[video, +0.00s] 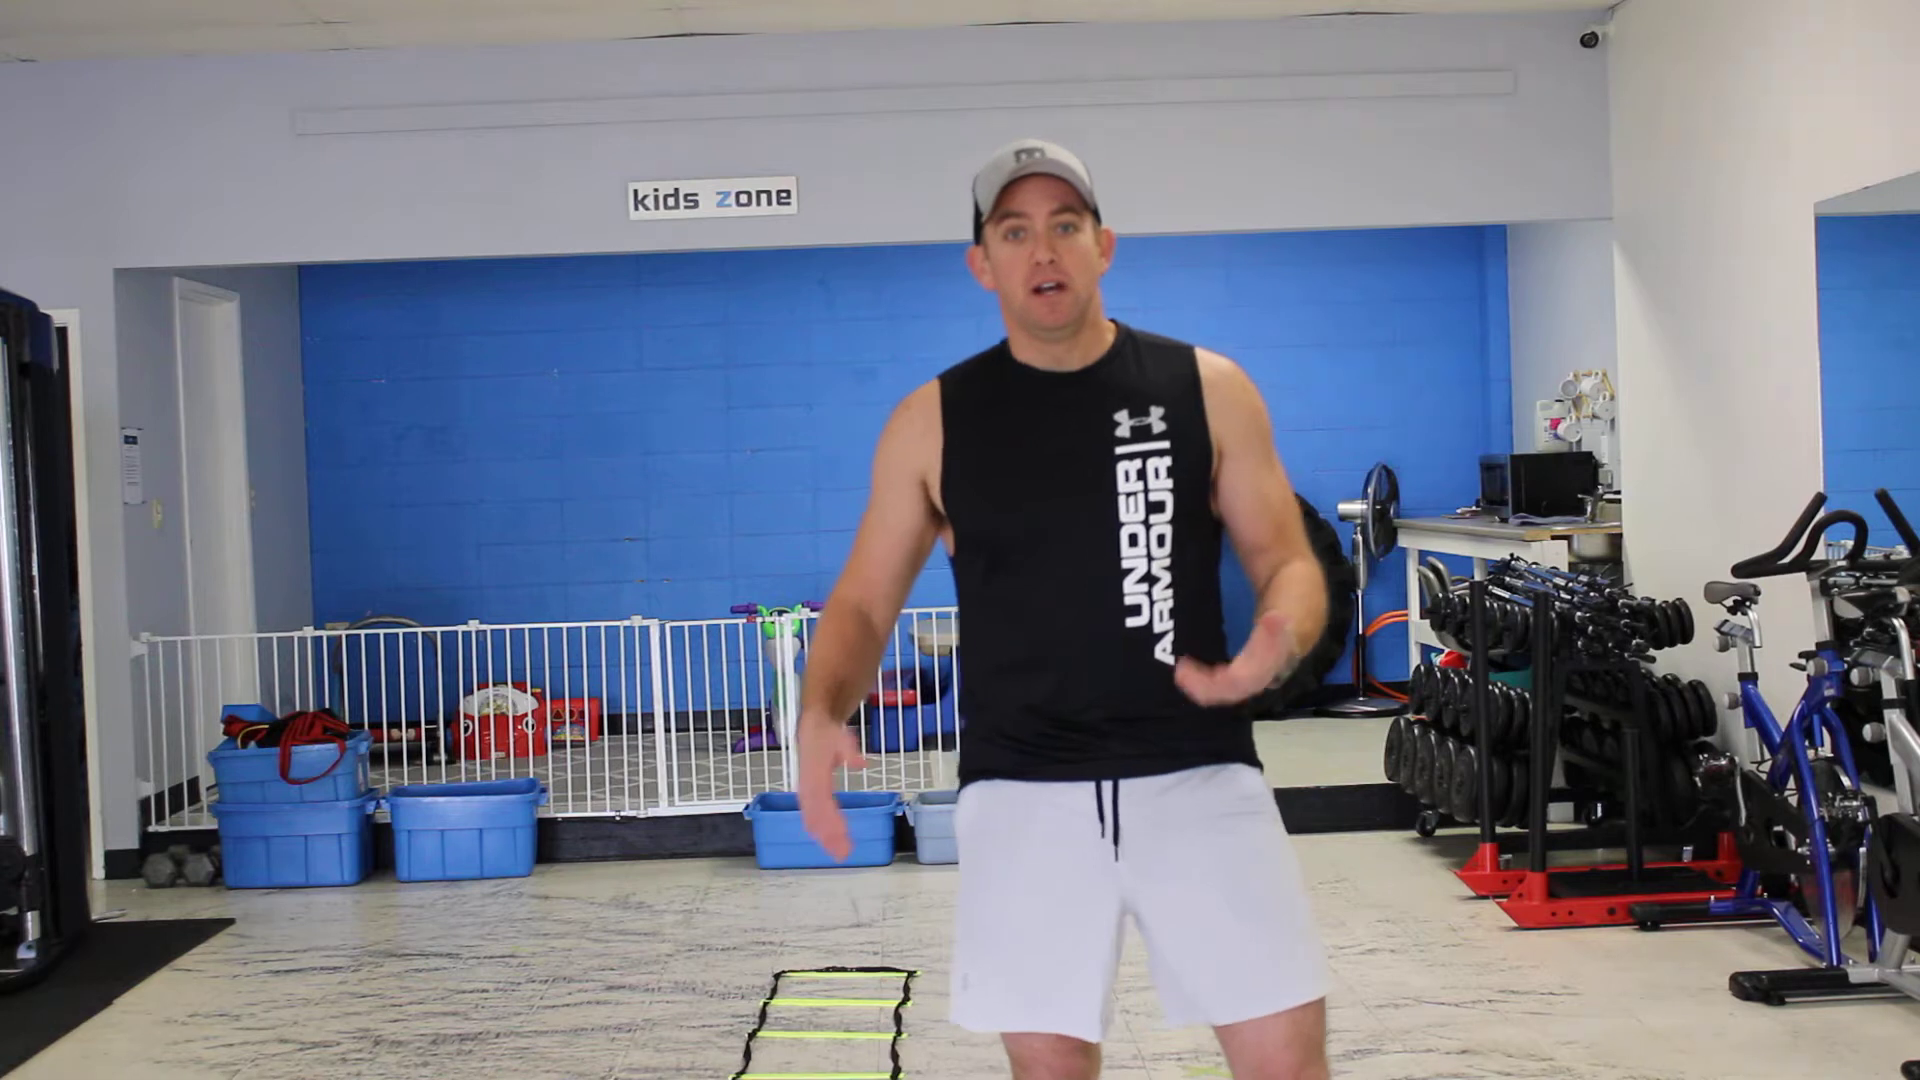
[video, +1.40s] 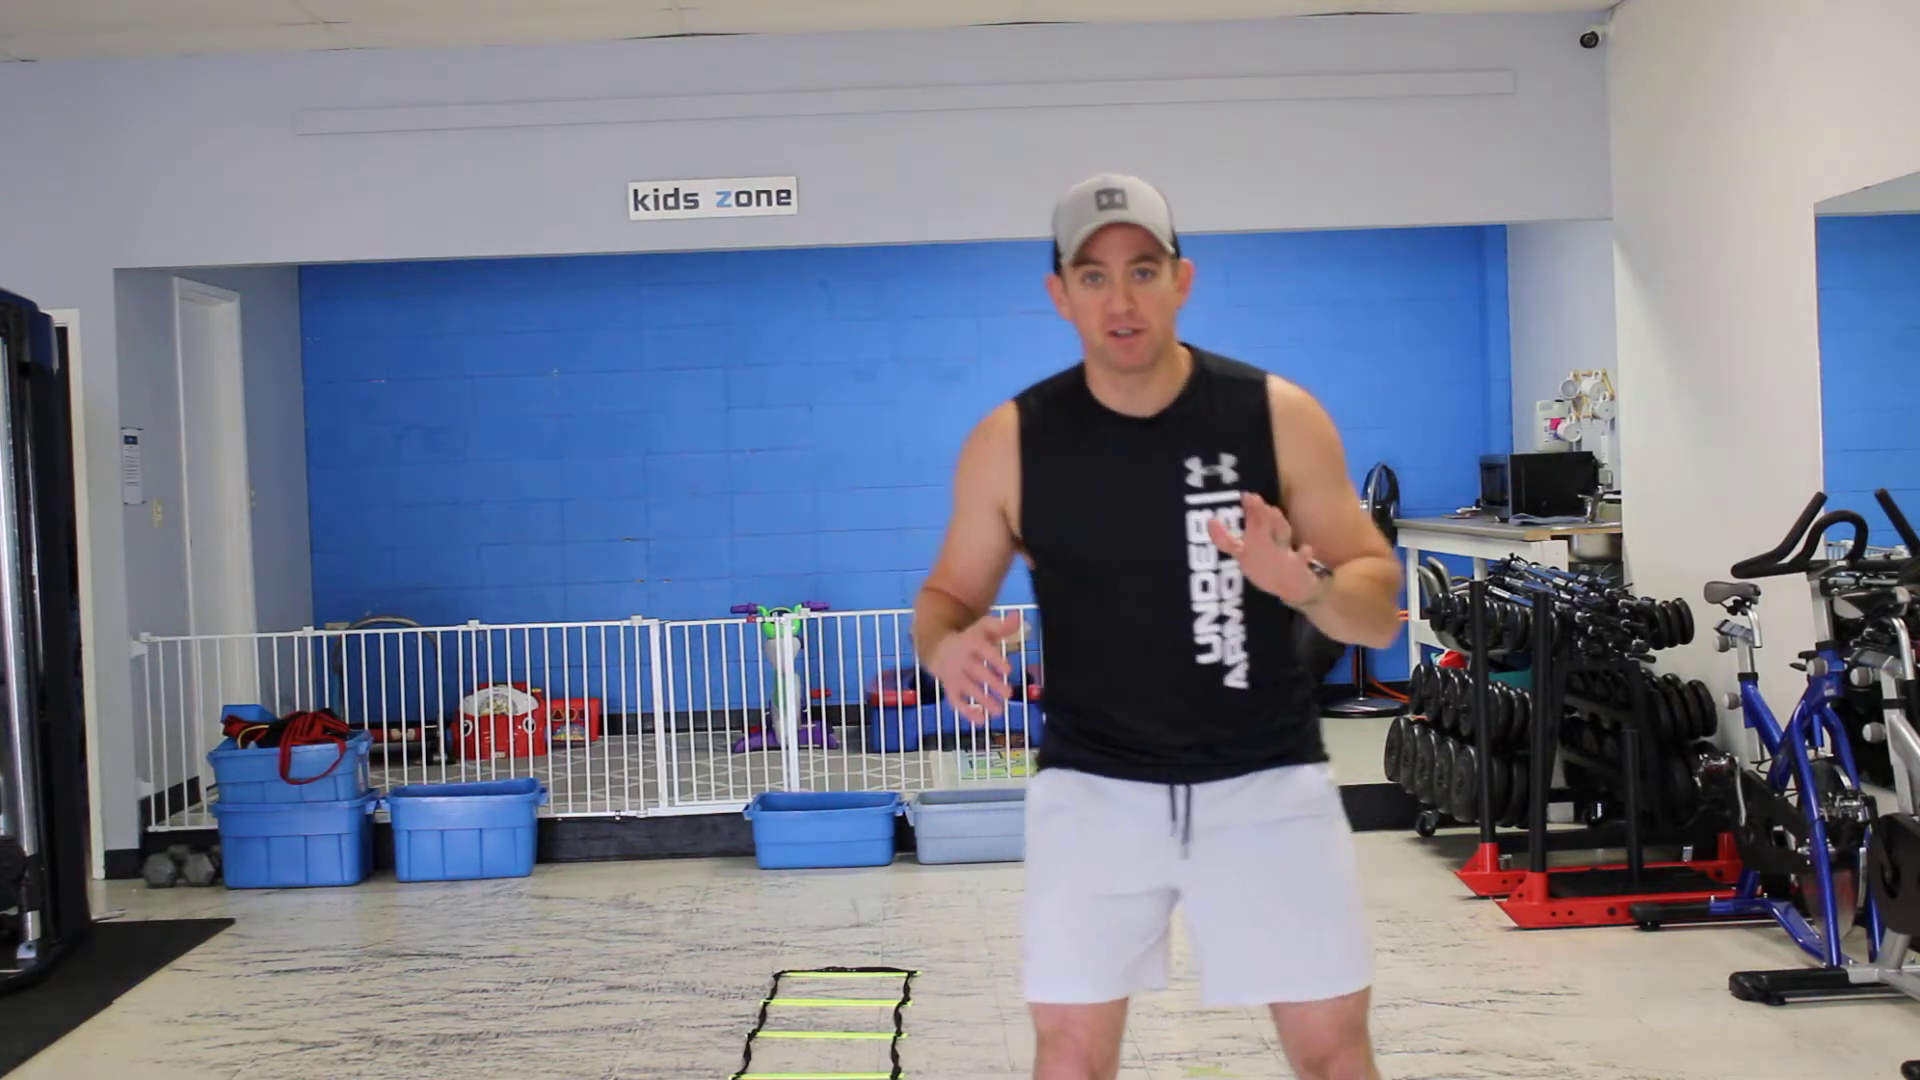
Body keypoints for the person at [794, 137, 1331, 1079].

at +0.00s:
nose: (1044, 249)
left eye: (1066, 225)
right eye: (1015, 231)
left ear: (1104, 247)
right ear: (982, 266)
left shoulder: (1208, 389)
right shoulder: (933, 421)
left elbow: (1287, 563)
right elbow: (863, 605)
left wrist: (1276, 640)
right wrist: (821, 714)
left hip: (1203, 785)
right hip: (1024, 800)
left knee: (1289, 1064)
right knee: (1049, 1066)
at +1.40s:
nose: (1121, 302)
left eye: (1143, 273)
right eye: (1094, 277)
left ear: (1181, 281)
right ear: (1059, 295)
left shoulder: (1281, 419)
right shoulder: (1012, 441)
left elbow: (1380, 610)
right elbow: (948, 599)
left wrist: (1307, 586)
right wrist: (948, 644)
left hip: (1270, 788)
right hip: (1091, 796)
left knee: (1334, 1052)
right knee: (1071, 1056)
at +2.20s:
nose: (1085, 337)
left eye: (1108, 309)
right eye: (1060, 313)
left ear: (1147, 316)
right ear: (1026, 329)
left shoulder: (1239, 448)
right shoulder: (973, 462)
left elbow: (1322, 641)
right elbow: (919, 625)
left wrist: (1243, 628)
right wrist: (928, 755)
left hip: (1227, 799)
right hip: (1051, 807)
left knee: (1305, 1051)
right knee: (1036, 1061)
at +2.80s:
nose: (999, 438)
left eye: (1022, 409)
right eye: (973, 411)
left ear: (1062, 413)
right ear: (939, 419)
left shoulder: (1144, 532)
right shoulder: (878, 533)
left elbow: (1229, 743)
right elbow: (833, 647)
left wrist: (1142, 727)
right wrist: (876, 794)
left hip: (1142, 831)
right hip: (969, 838)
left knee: (1243, 1067)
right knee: (987, 1069)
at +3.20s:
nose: (949, 540)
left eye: (976, 509)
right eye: (924, 512)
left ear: (1018, 513)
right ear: (895, 519)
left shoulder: (1105, 620)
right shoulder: (847, 625)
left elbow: (1181, 848)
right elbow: (839, 723)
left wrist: (1059, 818)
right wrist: (875, 858)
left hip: (1113, 899)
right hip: (954, 885)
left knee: (1131, 1067)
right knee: (970, 1065)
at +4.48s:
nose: (1052, 552)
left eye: (1078, 521)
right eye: (1027, 524)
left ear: (1123, 527)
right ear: (997, 533)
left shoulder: (1209, 632)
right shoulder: (948, 633)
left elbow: (1299, 826)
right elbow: (891, 727)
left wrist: (1192, 855)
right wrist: (926, 882)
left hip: (1180, 901)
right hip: (1015, 893)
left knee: (1280, 1065)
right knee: (1032, 1066)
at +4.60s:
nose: (1108, 517)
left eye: (1134, 489)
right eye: (1083, 491)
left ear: (1178, 497)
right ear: (1051, 500)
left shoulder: (1258, 605)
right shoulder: (991, 602)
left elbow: (1345, 787)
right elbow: (922, 688)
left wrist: (1260, 826)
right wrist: (960, 839)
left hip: (1215, 865)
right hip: (1049, 874)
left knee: (1385, 1049)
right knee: (1047, 1066)